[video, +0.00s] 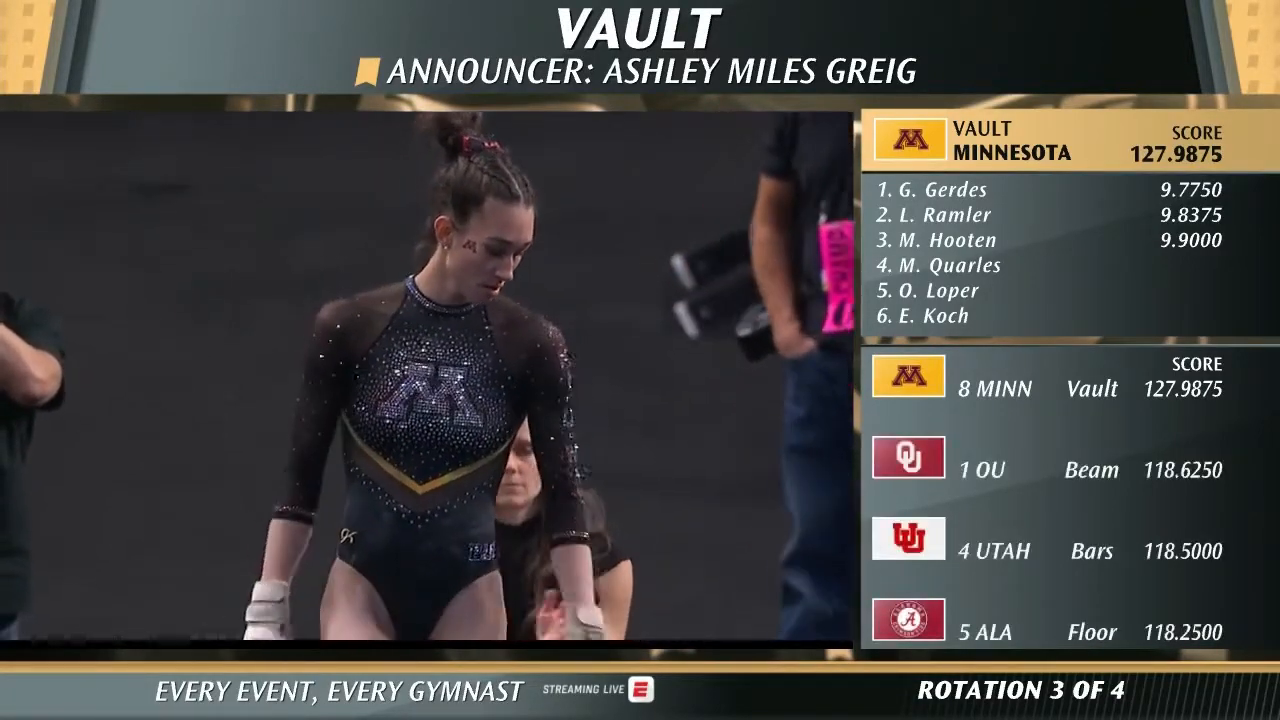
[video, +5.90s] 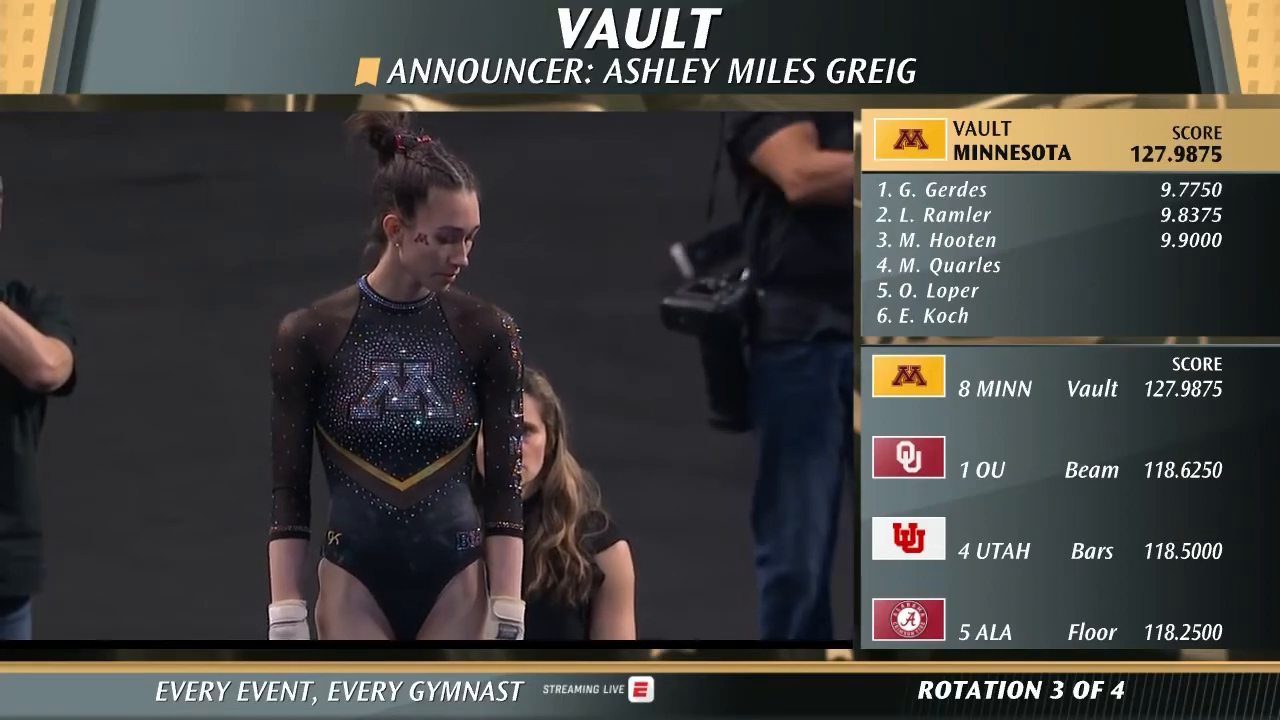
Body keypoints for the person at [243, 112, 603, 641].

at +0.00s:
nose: (508, 270)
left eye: (519, 253)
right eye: (495, 250)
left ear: (530, 243)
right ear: (445, 231)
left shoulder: (533, 346)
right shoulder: (348, 327)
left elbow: (561, 490)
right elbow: (303, 479)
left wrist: (584, 615)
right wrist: (266, 612)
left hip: (471, 584)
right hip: (361, 578)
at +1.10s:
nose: (468, 241)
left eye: (476, 223)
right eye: (454, 221)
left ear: (483, 213)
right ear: (403, 208)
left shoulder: (489, 310)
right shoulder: (310, 308)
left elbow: (510, 460)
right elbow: (284, 461)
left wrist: (519, 603)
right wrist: (284, 609)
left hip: (458, 558)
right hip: (348, 556)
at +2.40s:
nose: (467, 245)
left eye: (474, 227)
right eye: (453, 226)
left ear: (481, 216)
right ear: (400, 214)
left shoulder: (489, 316)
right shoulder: (311, 318)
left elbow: (500, 468)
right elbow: (290, 473)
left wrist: (473, 597)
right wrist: (331, 590)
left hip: (458, 566)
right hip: (355, 566)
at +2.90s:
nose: (470, 247)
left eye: (478, 229)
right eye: (456, 228)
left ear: (486, 218)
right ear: (404, 215)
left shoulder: (495, 317)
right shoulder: (317, 320)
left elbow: (526, 472)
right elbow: (292, 478)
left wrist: (543, 617)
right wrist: (273, 622)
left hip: (462, 566)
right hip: (354, 565)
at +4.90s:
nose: (460, 252)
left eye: (466, 235)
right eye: (444, 236)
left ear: (472, 225)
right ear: (390, 226)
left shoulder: (483, 329)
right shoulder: (305, 331)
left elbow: (499, 479)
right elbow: (285, 486)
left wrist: (500, 619)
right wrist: (281, 622)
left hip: (456, 573)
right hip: (348, 572)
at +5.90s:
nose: (464, 255)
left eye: (471, 237)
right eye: (448, 239)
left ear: (476, 225)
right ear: (394, 228)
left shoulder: (486, 331)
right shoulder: (309, 333)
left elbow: (502, 481)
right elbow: (289, 486)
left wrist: (507, 619)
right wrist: (286, 620)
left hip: (458, 574)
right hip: (351, 573)